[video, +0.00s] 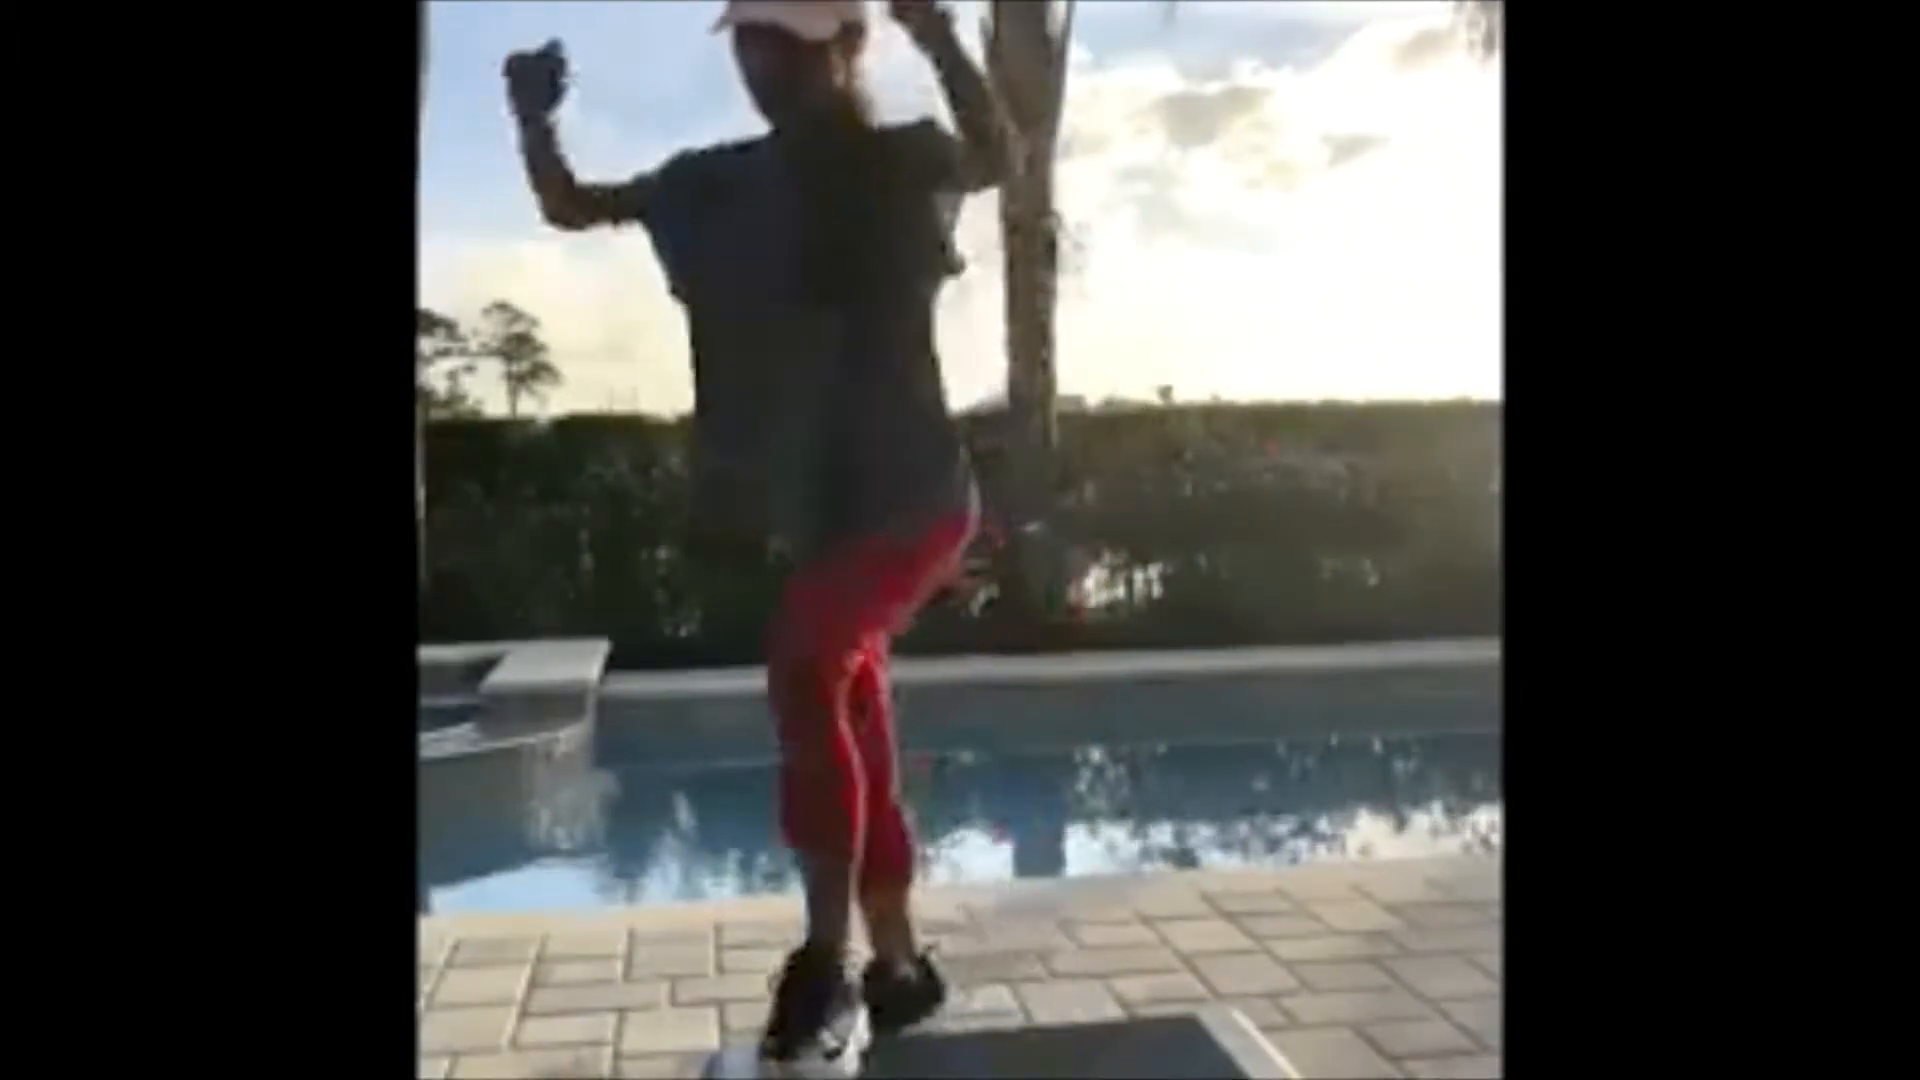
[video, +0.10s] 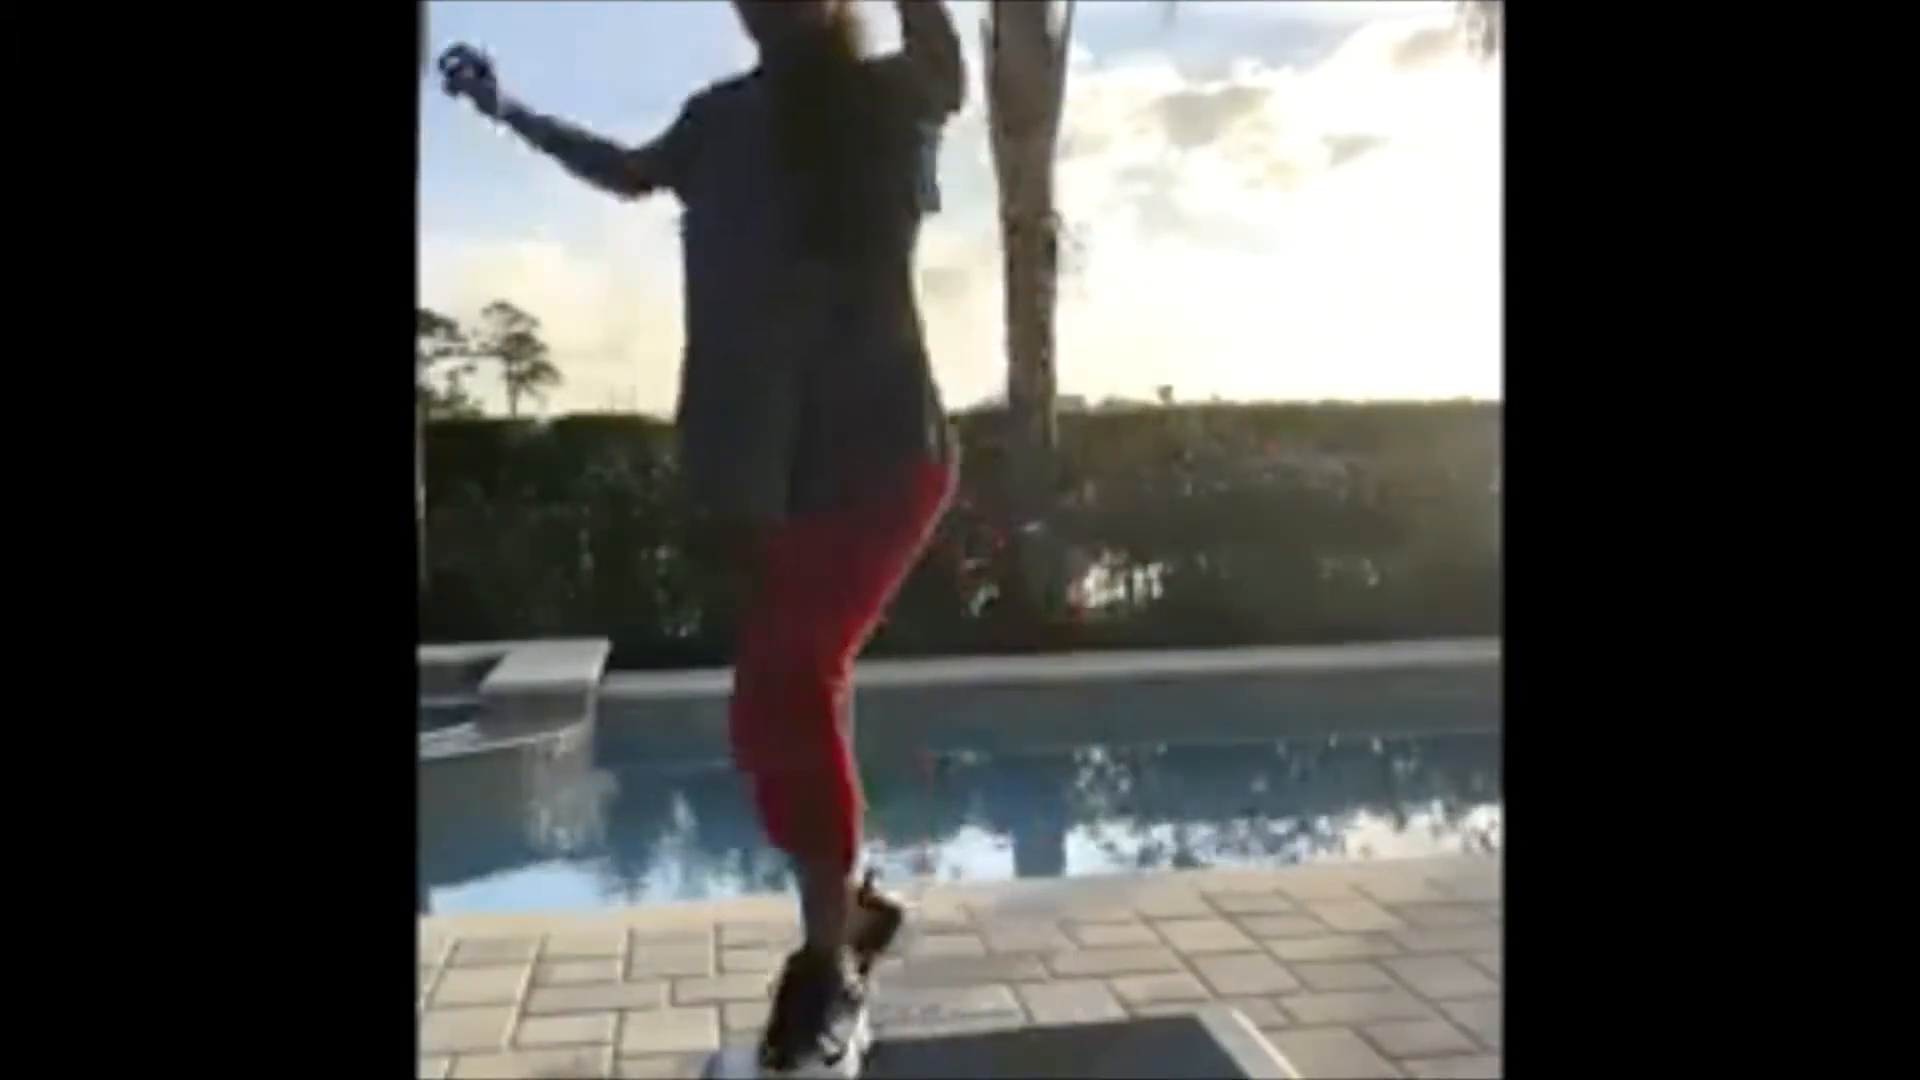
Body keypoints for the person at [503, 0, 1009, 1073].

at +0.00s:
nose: (762, 62)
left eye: (782, 39)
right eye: (748, 42)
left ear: (837, 45)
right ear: (738, 52)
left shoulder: (903, 157)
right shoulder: (713, 178)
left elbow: (1001, 152)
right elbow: (570, 206)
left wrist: (937, 34)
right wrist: (535, 114)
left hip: (915, 494)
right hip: (800, 503)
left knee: (806, 655)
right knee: (856, 722)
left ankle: (826, 961)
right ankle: (897, 961)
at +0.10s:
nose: (770, 11)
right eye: (756, 2)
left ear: (833, 2)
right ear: (743, 14)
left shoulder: (883, 90)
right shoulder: (720, 110)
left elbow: (946, 74)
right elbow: (630, 170)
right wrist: (502, 105)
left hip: (882, 440)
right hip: (755, 450)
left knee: (803, 672)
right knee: (765, 699)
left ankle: (826, 967)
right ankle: (850, 903)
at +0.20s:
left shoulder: (856, 33)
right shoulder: (729, 63)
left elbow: (871, 169)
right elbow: (712, 179)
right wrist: (551, 178)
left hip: (866, 406)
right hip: (751, 405)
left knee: (816, 661)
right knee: (648, 599)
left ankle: (825, 972)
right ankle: (760, 790)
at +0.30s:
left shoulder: (798, 9)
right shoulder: (740, 45)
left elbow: (846, 154)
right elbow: (755, 228)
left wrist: (696, 81)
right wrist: (644, 285)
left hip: (843, 376)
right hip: (741, 366)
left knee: (825, 666)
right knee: (569, 357)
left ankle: (824, 967)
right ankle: (666, 627)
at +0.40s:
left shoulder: (771, 33)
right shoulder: (731, 51)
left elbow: (804, 230)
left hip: (828, 386)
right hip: (738, 383)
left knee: (817, 668)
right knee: (564, 199)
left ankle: (824, 973)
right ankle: (612, 514)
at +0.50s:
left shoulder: (767, 43)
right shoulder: (703, 66)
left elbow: (761, 253)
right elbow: (716, 261)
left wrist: (662, 360)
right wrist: (650, 357)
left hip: (799, 397)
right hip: (706, 380)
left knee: (800, 686)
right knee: (534, 208)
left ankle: (824, 972)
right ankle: (612, 528)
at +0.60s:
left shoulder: (763, 27)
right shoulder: (676, 50)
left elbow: (759, 238)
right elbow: (703, 261)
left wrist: (635, 280)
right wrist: (605, 306)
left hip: (779, 389)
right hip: (686, 378)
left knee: (787, 671)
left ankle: (825, 966)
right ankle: (579, 639)